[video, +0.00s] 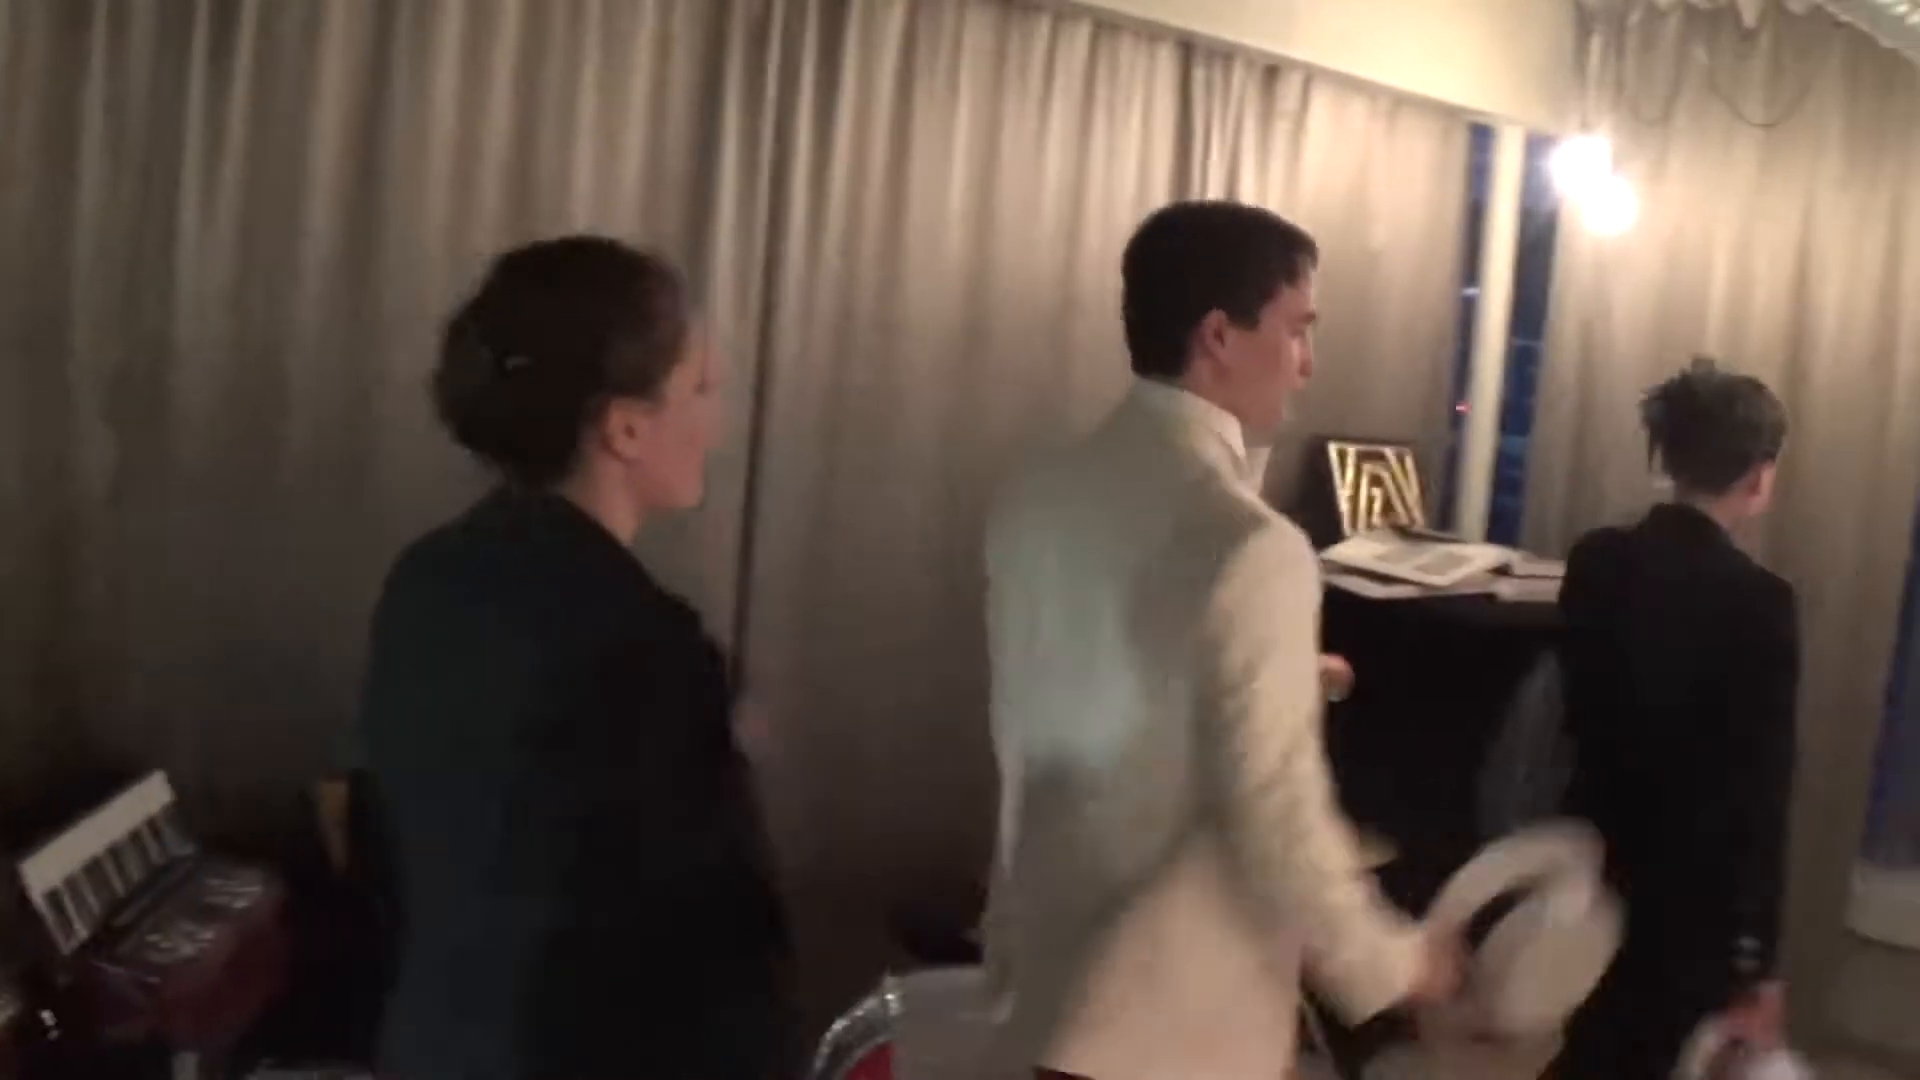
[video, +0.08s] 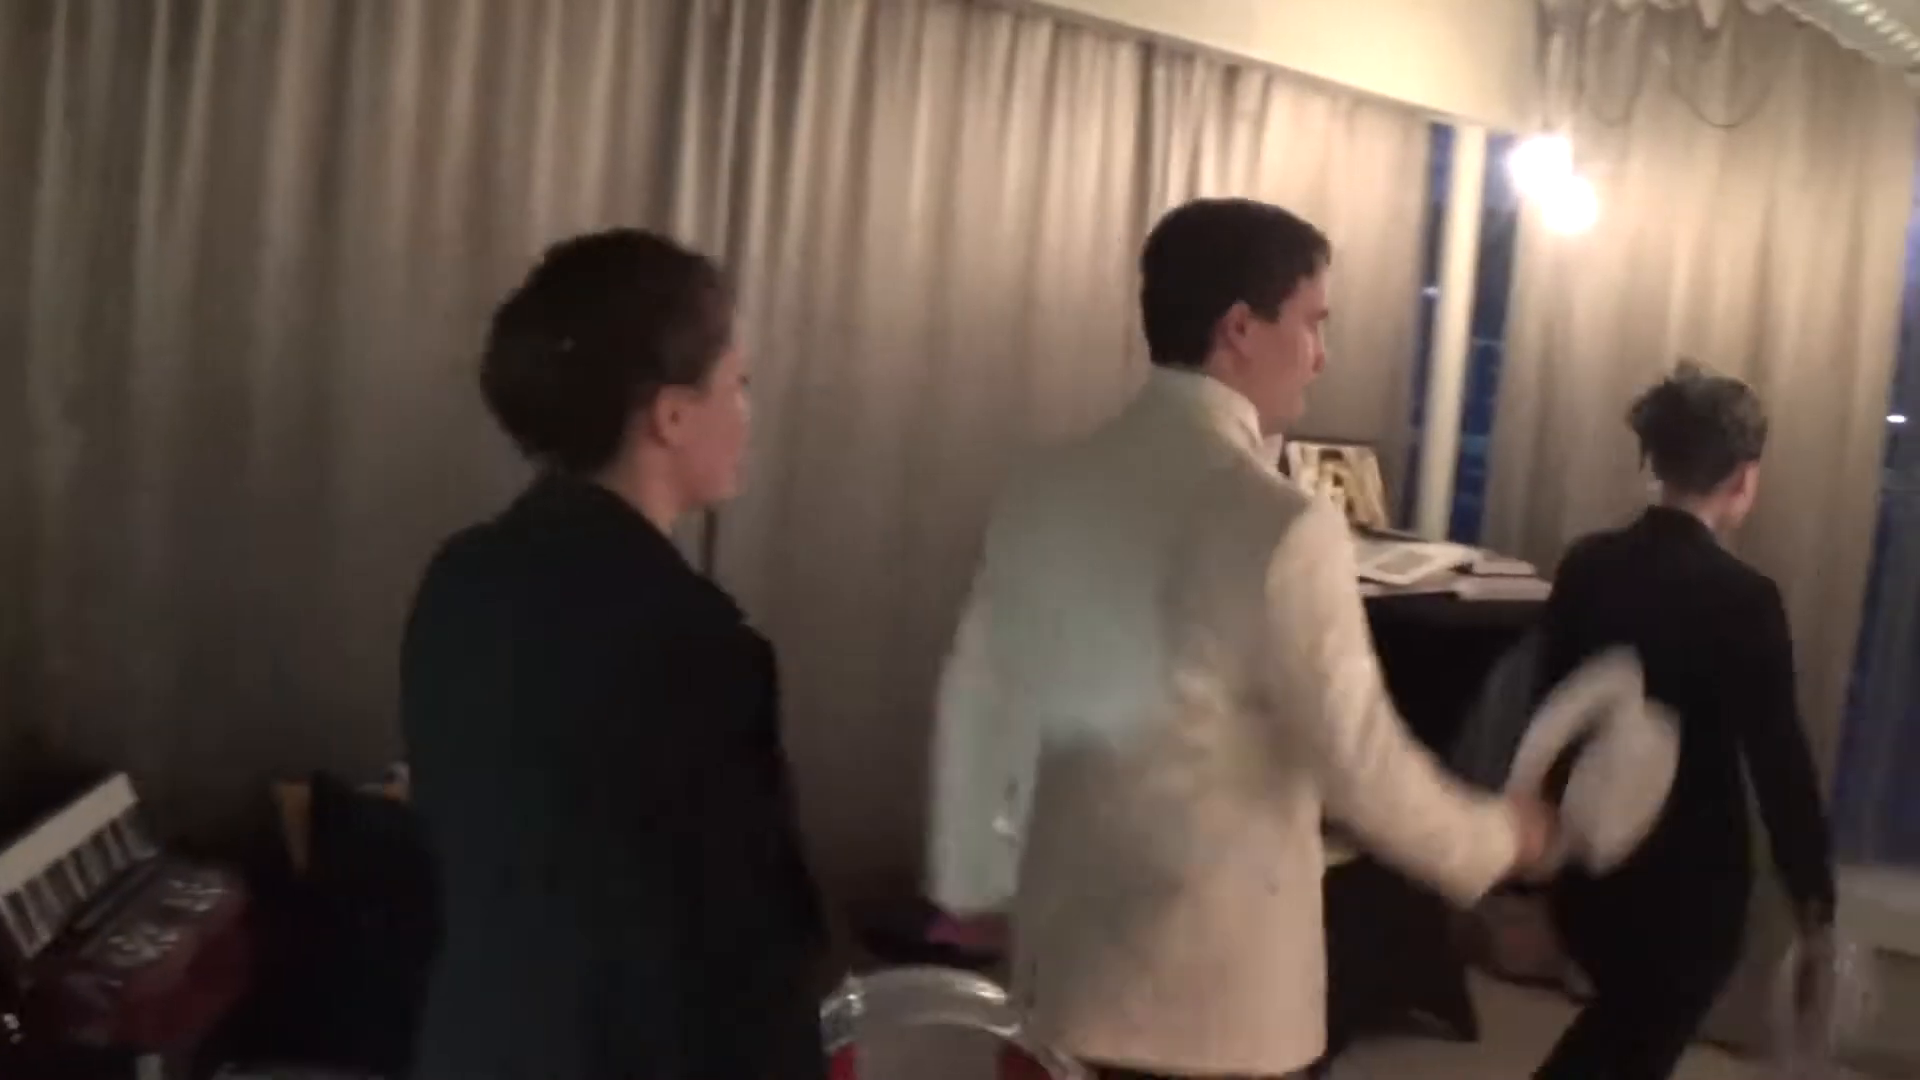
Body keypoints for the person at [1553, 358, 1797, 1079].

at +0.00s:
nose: (1771, 484)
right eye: (1773, 468)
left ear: (1667, 457)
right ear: (1761, 479)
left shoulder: (1595, 560)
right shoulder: (1760, 600)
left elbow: (1579, 719)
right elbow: (1763, 793)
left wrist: (1589, 844)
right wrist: (1759, 961)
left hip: (1604, 844)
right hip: (1703, 863)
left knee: (1600, 1023)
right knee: (1649, 1041)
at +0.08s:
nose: (1757, 486)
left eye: (1754, 467)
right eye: (1758, 470)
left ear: (1655, 462)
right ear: (1742, 478)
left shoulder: (1587, 563)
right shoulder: (1742, 598)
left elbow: (1549, 717)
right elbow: (1777, 759)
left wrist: (1535, 846)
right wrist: (1813, 898)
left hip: (1587, 859)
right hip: (1693, 873)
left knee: (1616, 1023)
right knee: (1642, 1048)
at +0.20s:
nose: (1732, 461)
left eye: (1727, 443)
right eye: (1732, 446)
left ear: (1631, 437)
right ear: (1718, 453)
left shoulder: (1562, 540)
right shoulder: (1728, 563)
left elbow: (1493, 677)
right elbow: (1793, 706)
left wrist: (1456, 809)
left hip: (1557, 829)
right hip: (1660, 843)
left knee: (1600, 986)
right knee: (1615, 1031)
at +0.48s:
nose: (1666, 473)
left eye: (1662, 457)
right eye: (1665, 458)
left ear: (1578, 455)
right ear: (1653, 465)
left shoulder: (1526, 552)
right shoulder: (1673, 569)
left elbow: (1478, 694)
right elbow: (1710, 697)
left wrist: (1447, 822)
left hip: (1528, 805)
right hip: (1620, 814)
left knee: (1558, 1002)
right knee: (1614, 1010)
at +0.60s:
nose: (1657, 472)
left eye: (1650, 456)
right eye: (1657, 459)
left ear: (1573, 450)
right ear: (1646, 463)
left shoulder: (1516, 542)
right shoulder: (1658, 565)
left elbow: (1481, 684)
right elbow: (1673, 724)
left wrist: (1510, 762)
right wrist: (1673, 862)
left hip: (1511, 812)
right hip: (1613, 819)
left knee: (1530, 985)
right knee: (1606, 987)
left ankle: (1516, 1075)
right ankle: (1570, 1070)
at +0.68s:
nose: (1660, 457)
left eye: (1656, 441)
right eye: (1659, 444)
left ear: (1580, 434)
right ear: (1648, 449)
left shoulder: (1518, 519)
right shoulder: (1652, 549)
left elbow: (1496, 625)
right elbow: (1652, 697)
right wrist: (1642, 823)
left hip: (1504, 787)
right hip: (1598, 802)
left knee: (1508, 984)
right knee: (1589, 997)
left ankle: (1493, 1072)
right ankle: (1562, 1075)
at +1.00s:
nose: (1679, 465)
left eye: (1679, 451)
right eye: (1677, 451)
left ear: (1592, 450)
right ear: (1658, 458)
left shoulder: (1551, 523)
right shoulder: (1657, 545)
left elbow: (1529, 641)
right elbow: (1650, 688)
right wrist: (1643, 812)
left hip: (1540, 748)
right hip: (1611, 767)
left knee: (1523, 909)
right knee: (1591, 941)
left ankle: (1459, 1035)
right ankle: (1548, 1068)